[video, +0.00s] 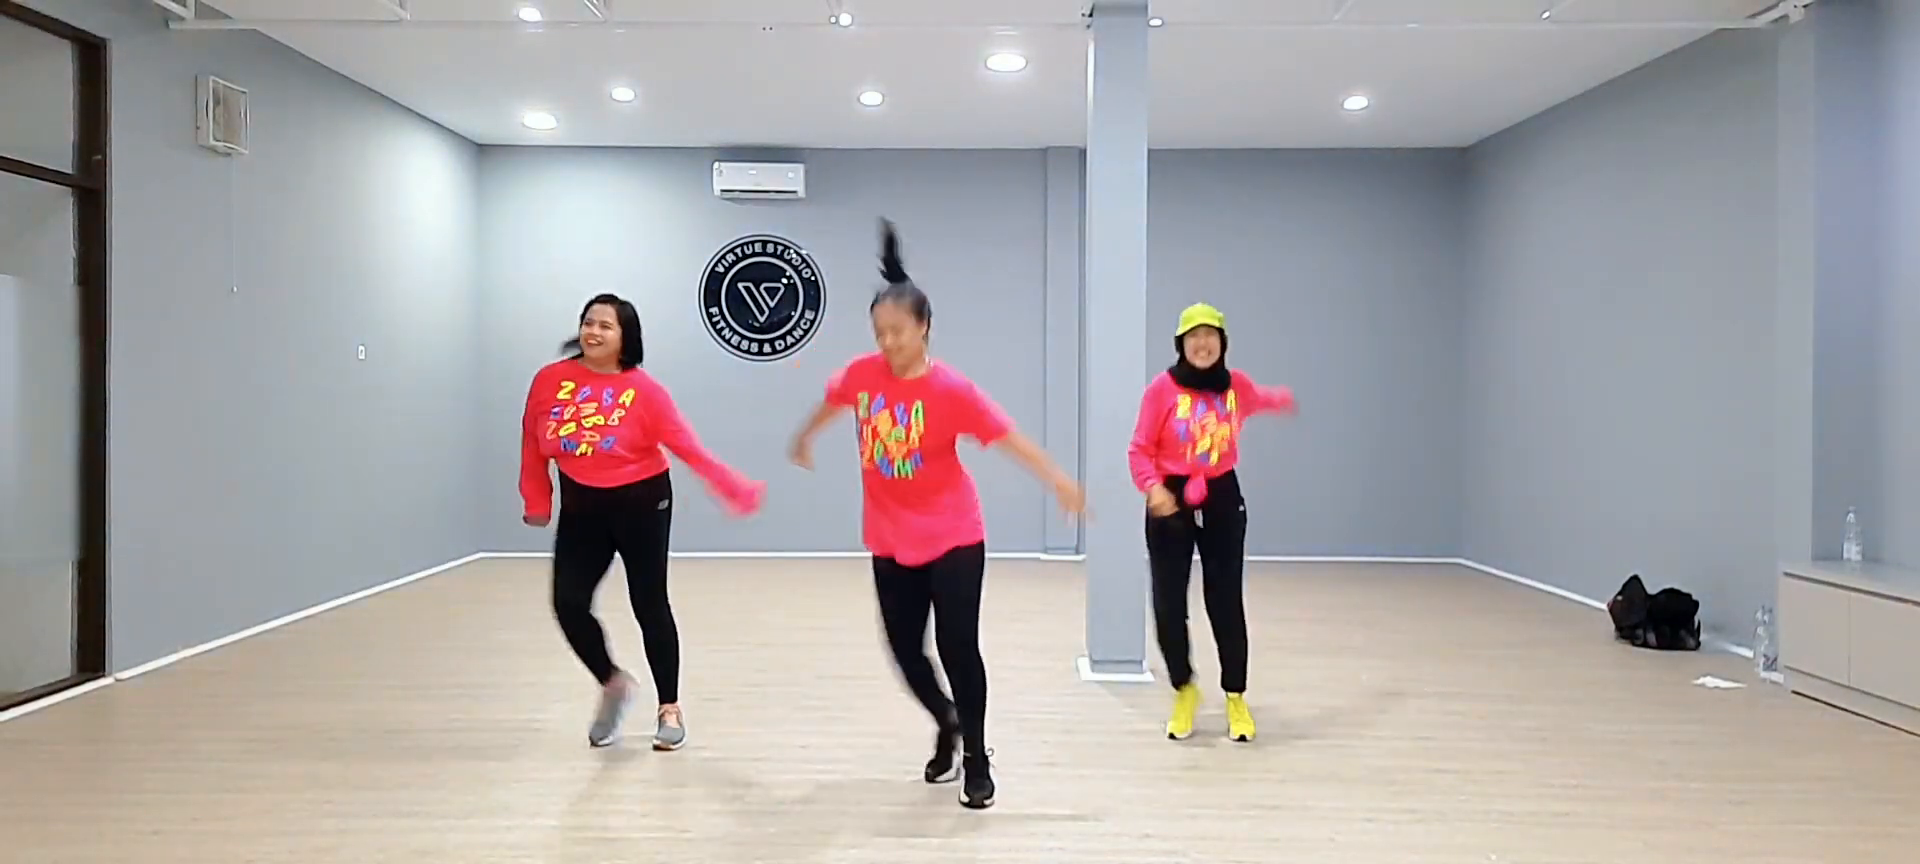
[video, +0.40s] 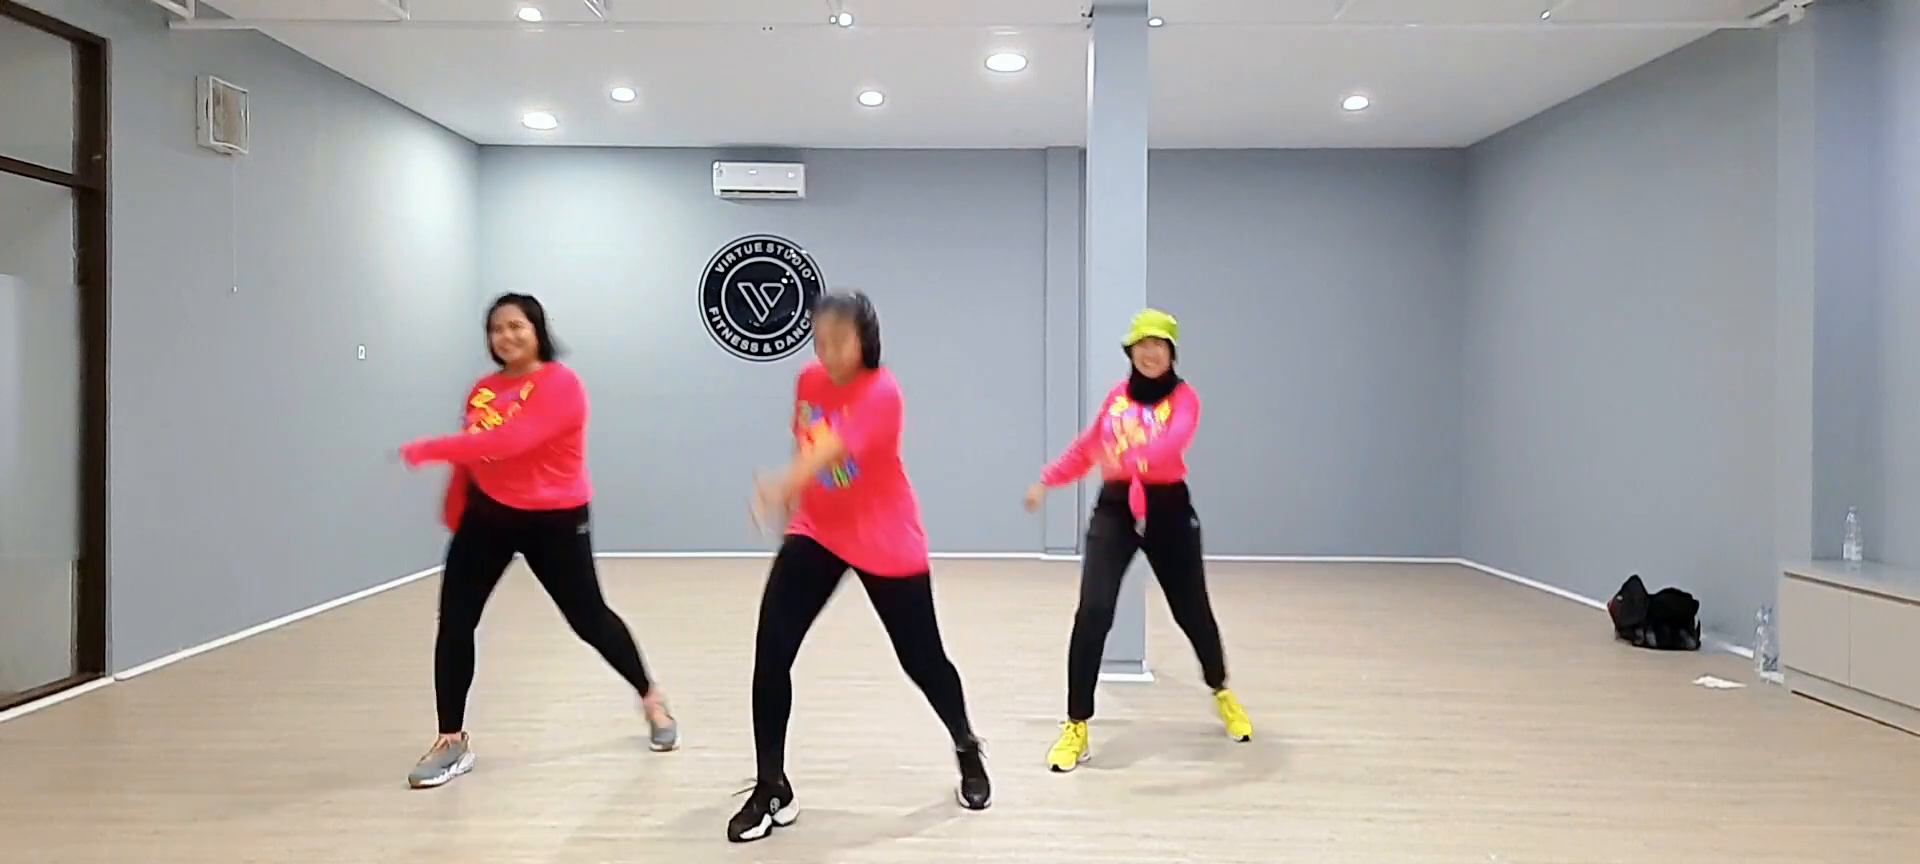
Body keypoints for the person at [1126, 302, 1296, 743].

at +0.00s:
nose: (1202, 345)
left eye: (1210, 337)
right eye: (1194, 337)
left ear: (1222, 343)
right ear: (1181, 343)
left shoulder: (1237, 388)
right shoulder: (1161, 391)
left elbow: (1265, 399)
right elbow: (1139, 449)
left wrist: (1286, 398)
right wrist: (1153, 487)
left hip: (1221, 501)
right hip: (1170, 503)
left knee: (1225, 600)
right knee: (1167, 603)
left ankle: (1236, 697)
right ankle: (1184, 690)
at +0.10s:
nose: (1198, 356)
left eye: (1206, 349)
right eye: (1190, 349)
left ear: (1218, 355)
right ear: (1176, 355)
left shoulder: (1234, 404)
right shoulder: (1154, 399)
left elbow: (1258, 448)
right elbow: (1134, 451)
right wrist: (1131, 498)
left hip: (1217, 502)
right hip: (1165, 502)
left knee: (1228, 604)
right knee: (1151, 592)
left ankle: (1236, 699)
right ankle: (1147, 684)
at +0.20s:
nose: (1187, 364)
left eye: (1195, 356)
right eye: (1179, 356)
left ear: (1208, 362)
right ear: (1165, 362)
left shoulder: (1220, 415)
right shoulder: (1146, 405)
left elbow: (1236, 483)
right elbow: (1124, 455)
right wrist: (1107, 503)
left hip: (1209, 513)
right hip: (1157, 512)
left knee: (1218, 616)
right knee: (1133, 595)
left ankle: (1235, 704)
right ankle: (1105, 697)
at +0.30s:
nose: (1171, 368)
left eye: (1180, 360)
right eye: (1163, 360)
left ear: (1193, 368)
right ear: (1150, 366)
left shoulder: (1203, 421)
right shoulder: (1135, 410)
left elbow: (1194, 483)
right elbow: (1111, 461)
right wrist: (1078, 502)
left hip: (1192, 522)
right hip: (1139, 521)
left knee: (1209, 626)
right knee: (1114, 618)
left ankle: (1234, 704)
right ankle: (1079, 723)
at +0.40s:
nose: (1152, 353)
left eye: (1160, 345)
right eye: (1144, 345)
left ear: (1173, 353)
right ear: (1130, 351)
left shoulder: (1183, 398)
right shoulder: (1117, 399)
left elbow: (1173, 444)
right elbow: (1087, 447)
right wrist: (1047, 480)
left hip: (1168, 508)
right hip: (1116, 508)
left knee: (1193, 612)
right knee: (1092, 613)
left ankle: (1222, 693)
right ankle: (1076, 726)